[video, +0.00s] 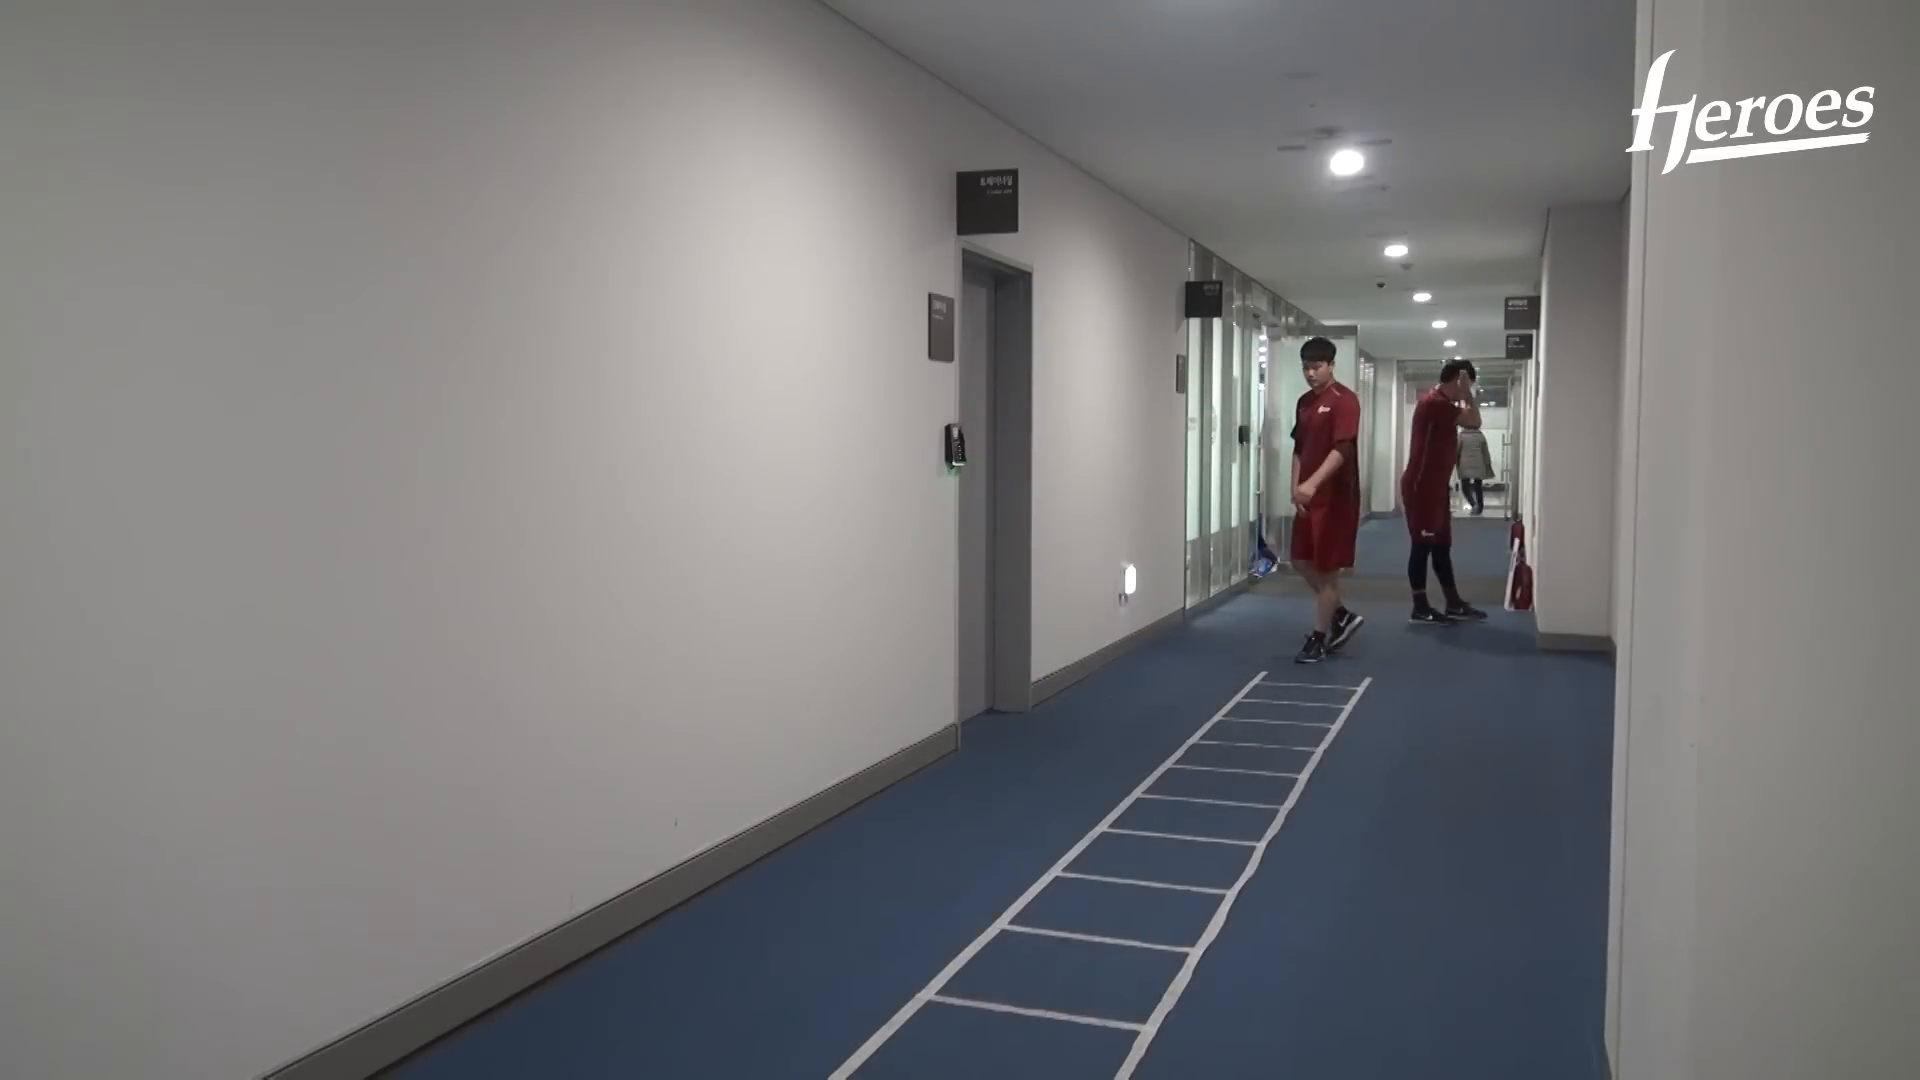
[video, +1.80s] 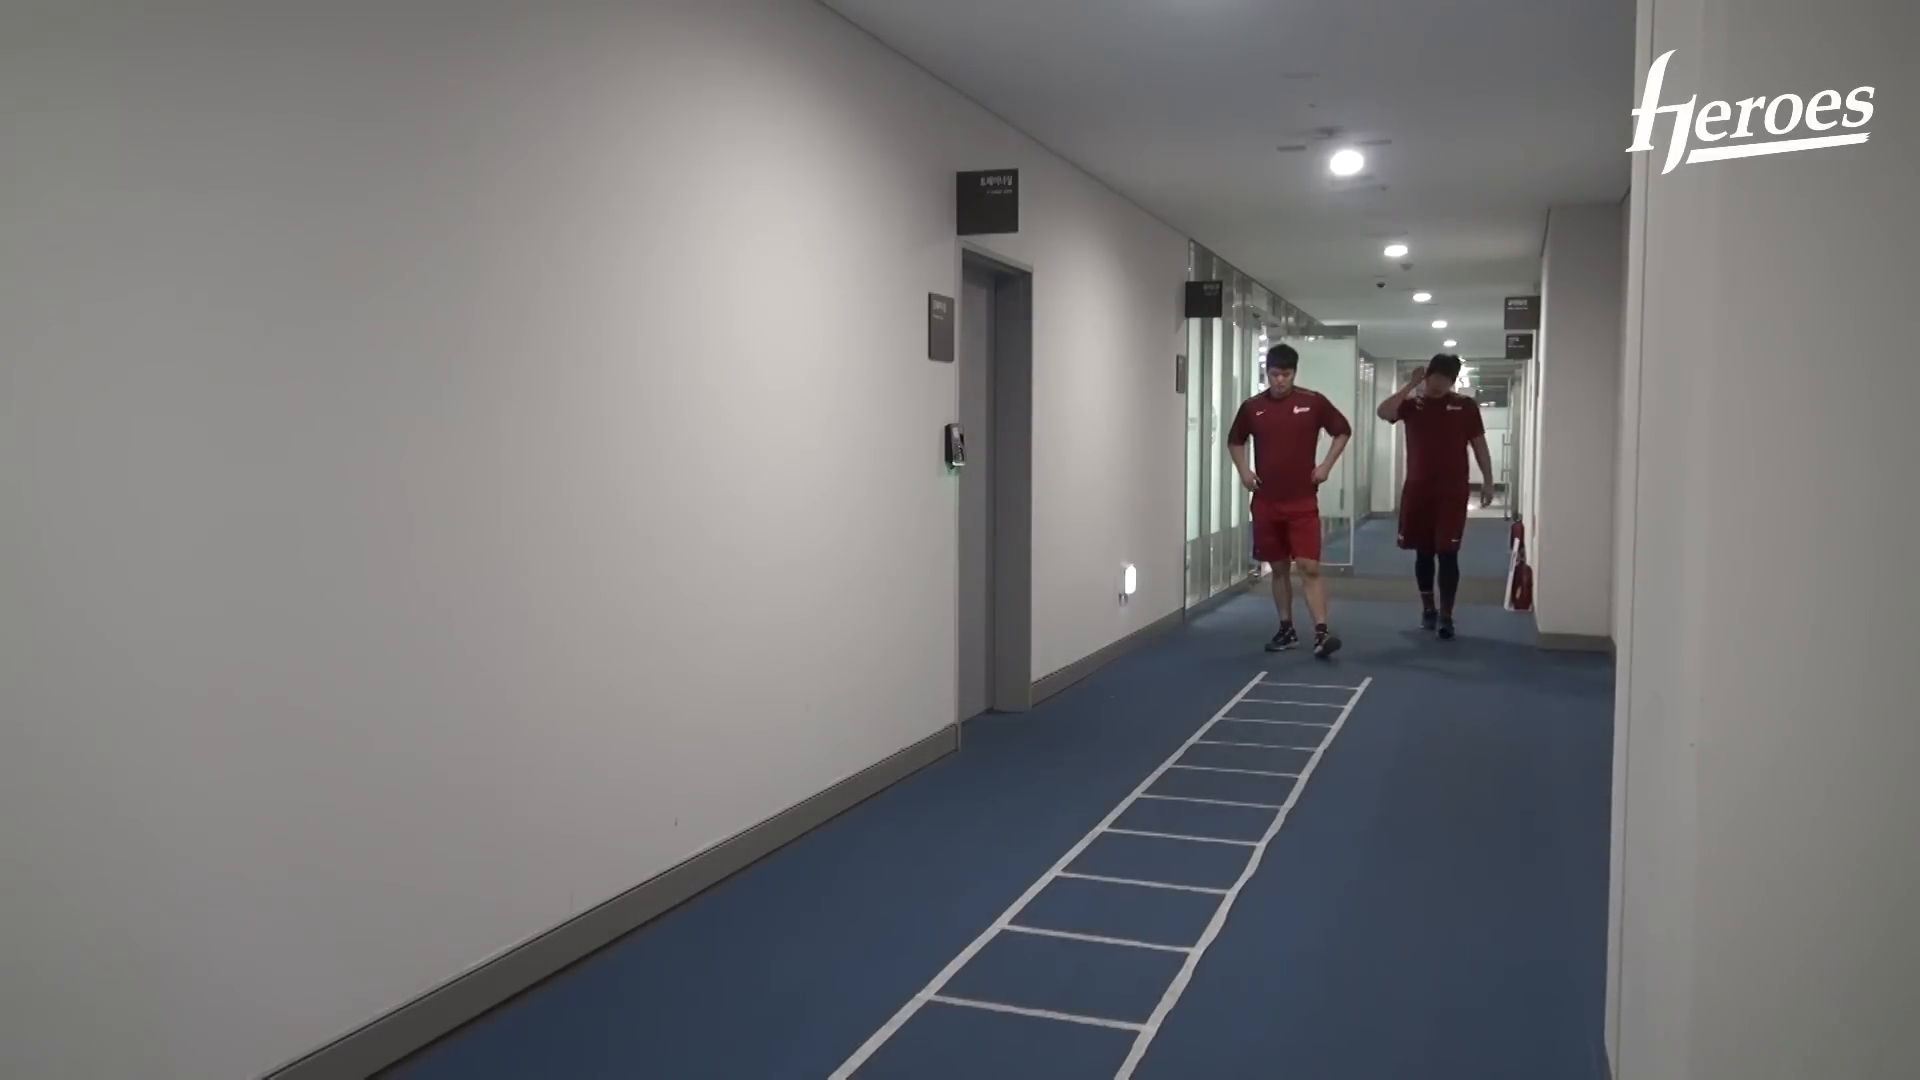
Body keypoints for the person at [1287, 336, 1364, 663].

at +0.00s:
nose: (1310, 372)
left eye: (1316, 366)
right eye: (1306, 367)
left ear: (1331, 366)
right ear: (1303, 368)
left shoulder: (1345, 399)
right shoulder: (1305, 401)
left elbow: (1342, 449)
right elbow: (1299, 448)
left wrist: (1312, 482)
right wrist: (1296, 486)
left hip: (1336, 496)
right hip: (1310, 495)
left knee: (1327, 568)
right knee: (1302, 561)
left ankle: (1319, 636)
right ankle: (1340, 615)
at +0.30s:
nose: (1317, 369)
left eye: (1324, 363)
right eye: (1312, 363)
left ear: (1336, 365)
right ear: (1306, 365)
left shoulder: (1347, 400)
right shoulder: (1300, 400)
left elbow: (1346, 454)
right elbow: (1293, 448)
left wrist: (1319, 490)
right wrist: (1291, 487)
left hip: (1332, 495)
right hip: (1303, 492)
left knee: (1322, 569)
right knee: (1288, 555)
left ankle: (1319, 638)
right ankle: (1297, 616)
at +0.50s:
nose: (1320, 373)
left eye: (1327, 367)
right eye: (1316, 366)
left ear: (1338, 368)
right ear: (1308, 365)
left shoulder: (1352, 402)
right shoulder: (1295, 401)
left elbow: (1359, 453)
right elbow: (1287, 448)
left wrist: (1362, 496)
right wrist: (1291, 487)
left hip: (1333, 502)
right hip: (1298, 496)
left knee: (1324, 571)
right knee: (1276, 552)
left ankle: (1318, 638)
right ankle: (1277, 611)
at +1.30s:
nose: (1295, 381)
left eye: (1301, 375)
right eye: (1290, 375)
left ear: (1309, 376)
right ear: (1281, 375)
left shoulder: (1326, 407)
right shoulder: (1263, 409)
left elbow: (1354, 437)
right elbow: (1243, 438)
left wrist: (1337, 471)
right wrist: (1248, 469)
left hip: (1309, 504)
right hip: (1273, 503)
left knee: (1309, 570)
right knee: (1282, 570)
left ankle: (1317, 636)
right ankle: (1286, 629)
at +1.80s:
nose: (1279, 380)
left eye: (1285, 374)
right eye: (1274, 373)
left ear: (1294, 374)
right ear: (1267, 373)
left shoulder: (1314, 402)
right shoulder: (1251, 408)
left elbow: (1342, 431)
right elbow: (1235, 441)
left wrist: (1325, 466)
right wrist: (1244, 471)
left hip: (1303, 501)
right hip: (1267, 502)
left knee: (1308, 566)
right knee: (1279, 569)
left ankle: (1322, 634)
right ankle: (1285, 630)